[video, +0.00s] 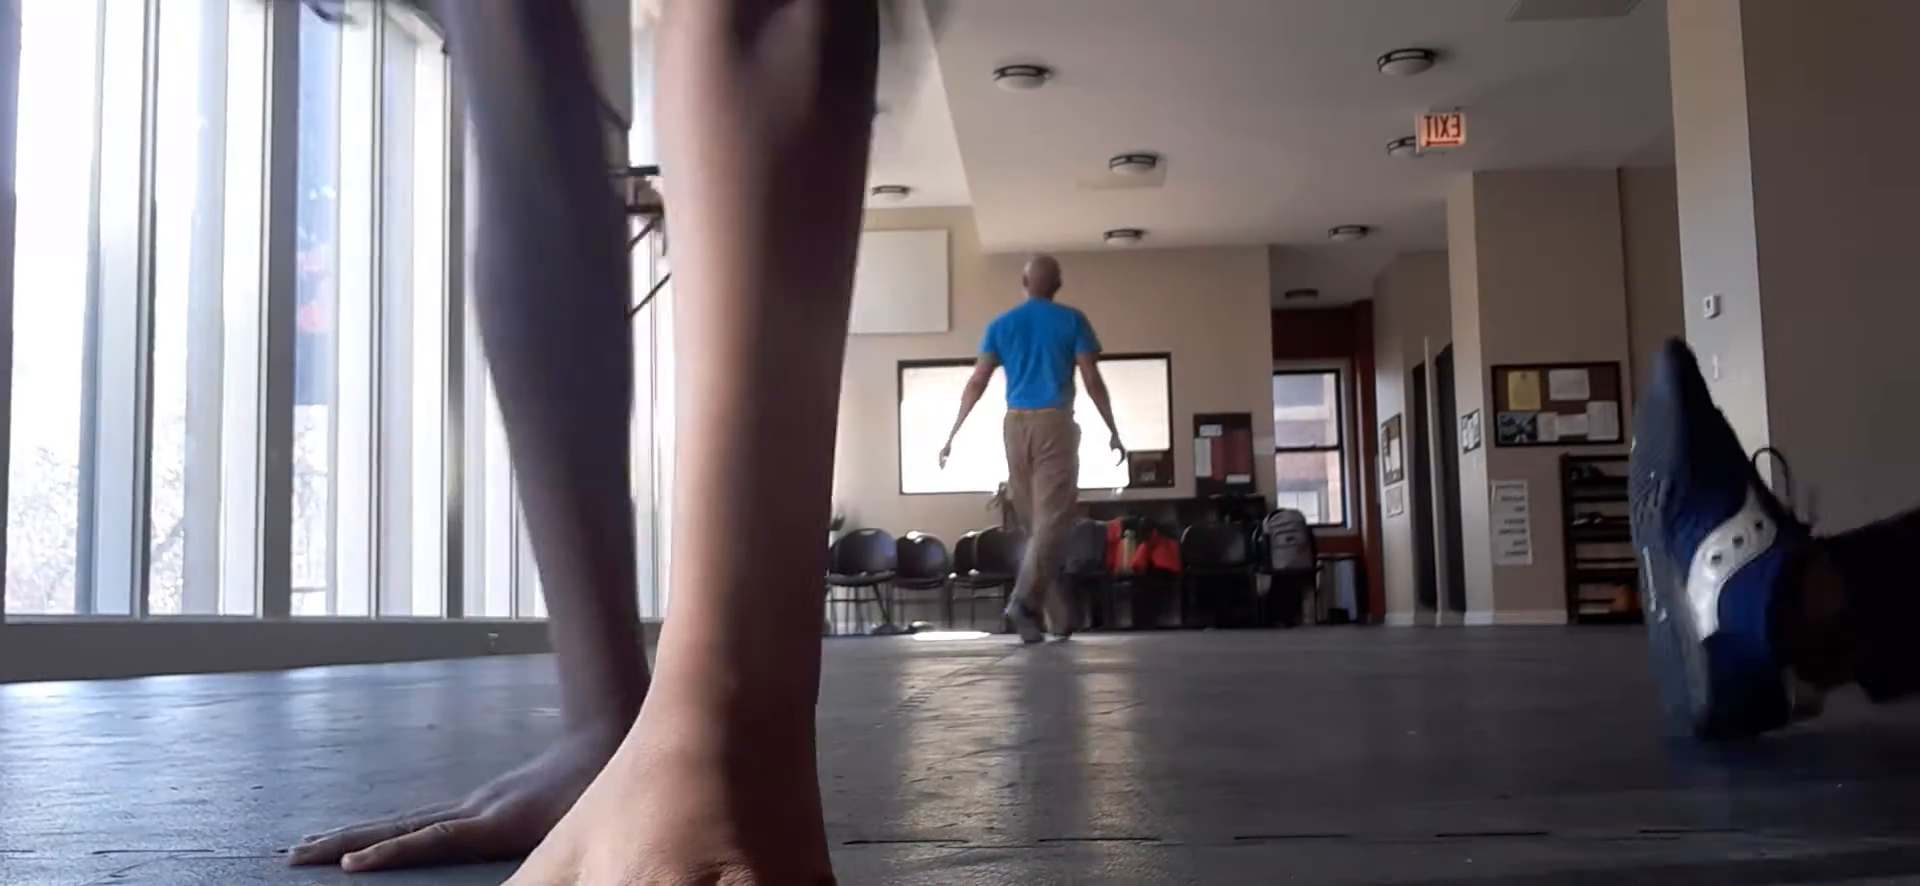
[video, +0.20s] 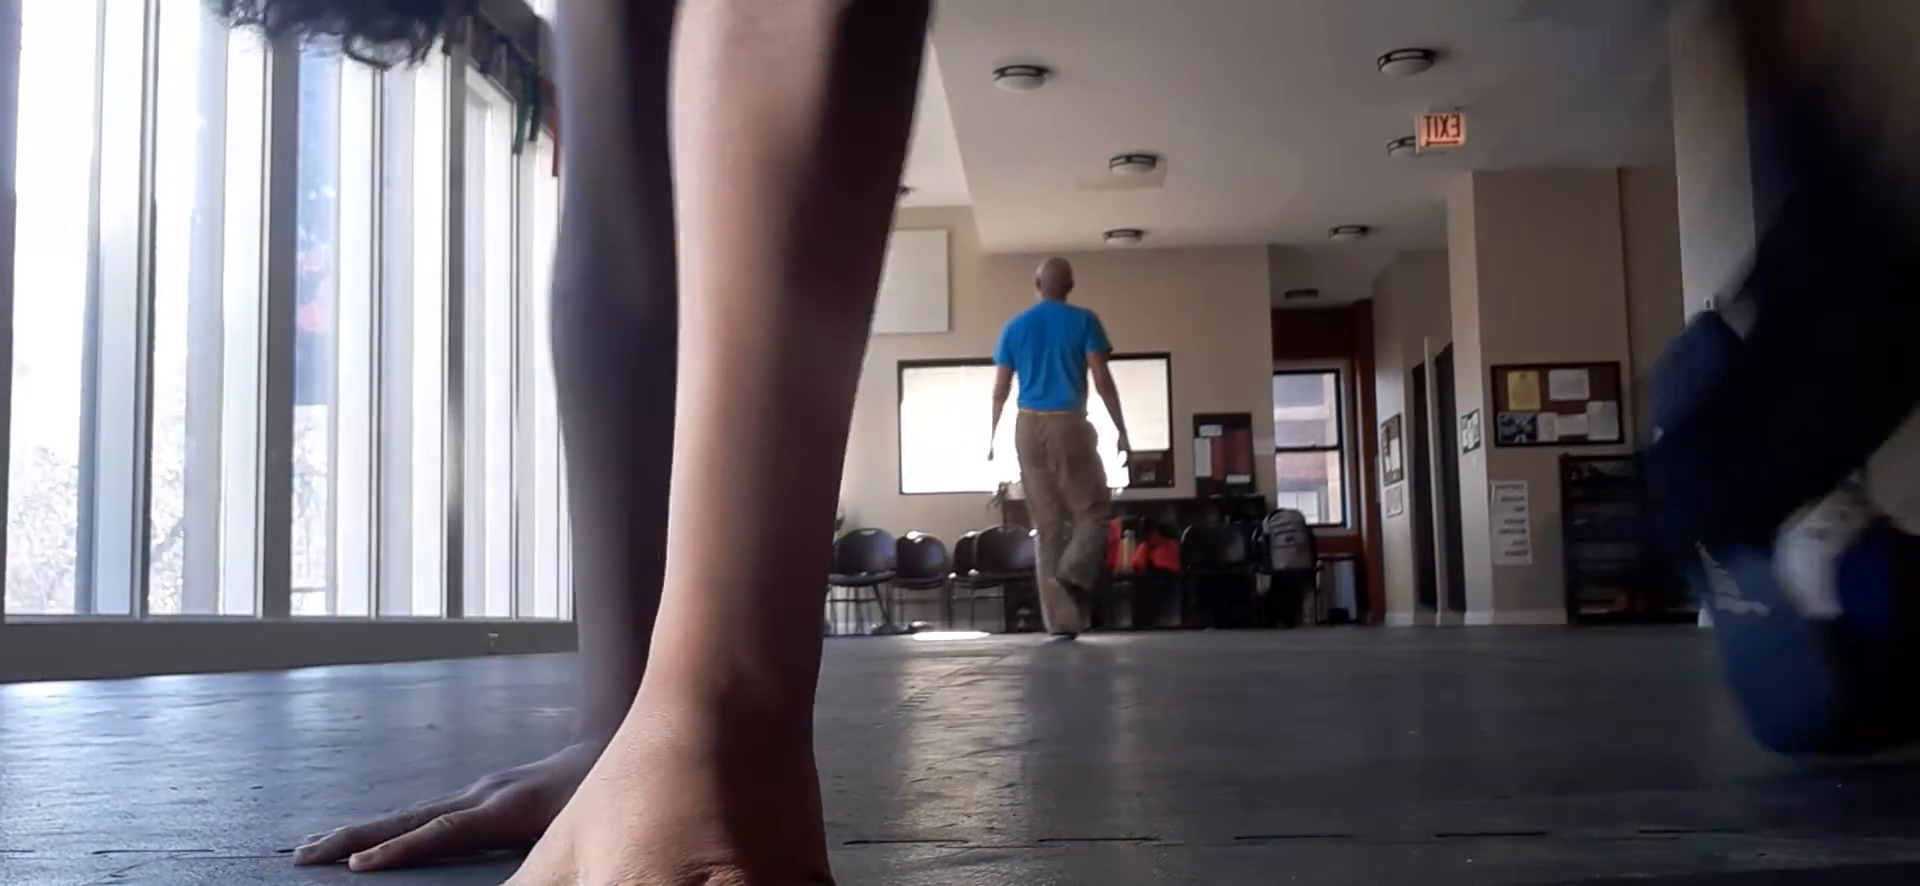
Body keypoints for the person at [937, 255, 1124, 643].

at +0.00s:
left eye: (1028, 277)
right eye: (1056, 280)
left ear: (1024, 283)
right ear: (1057, 286)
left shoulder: (1002, 324)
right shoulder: (1072, 319)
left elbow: (977, 382)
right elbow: (1091, 378)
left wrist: (952, 434)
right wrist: (1112, 429)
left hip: (1014, 426)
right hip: (1055, 425)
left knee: (1033, 521)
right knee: (1051, 516)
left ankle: (1061, 618)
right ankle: (1022, 604)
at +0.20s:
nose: (1059, 288)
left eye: (1043, 281)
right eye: (1067, 284)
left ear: (1037, 286)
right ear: (1071, 287)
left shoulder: (1015, 326)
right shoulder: (1084, 320)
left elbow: (1000, 391)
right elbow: (1102, 380)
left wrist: (992, 437)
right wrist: (1121, 429)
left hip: (1027, 426)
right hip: (1069, 426)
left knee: (1046, 523)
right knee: (1093, 510)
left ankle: (1059, 621)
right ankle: (1072, 578)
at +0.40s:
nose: (1062, 294)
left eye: (1056, 288)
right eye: (1081, 292)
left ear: (1052, 293)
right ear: (1085, 295)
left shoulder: (1031, 331)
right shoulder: (1097, 326)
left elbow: (1024, 393)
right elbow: (1112, 382)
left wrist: (1043, 422)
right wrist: (1134, 435)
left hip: (1043, 427)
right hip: (1087, 427)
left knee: (1054, 524)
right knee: (1104, 519)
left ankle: (1059, 620)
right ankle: (1119, 612)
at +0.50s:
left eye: (1068, 294)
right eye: (1092, 298)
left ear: (1062, 298)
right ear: (1095, 301)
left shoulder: (1040, 337)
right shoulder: (1107, 333)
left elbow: (1036, 397)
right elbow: (1122, 388)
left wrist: (1062, 415)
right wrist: (1144, 440)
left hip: (1054, 433)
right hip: (1098, 434)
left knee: (1058, 526)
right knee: (1110, 523)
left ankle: (1061, 621)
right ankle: (1131, 615)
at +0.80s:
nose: (1104, 305)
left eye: (1099, 299)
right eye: (1122, 302)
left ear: (1097, 303)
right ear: (1127, 306)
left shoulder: (1075, 342)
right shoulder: (1142, 338)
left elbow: (1066, 403)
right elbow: (1158, 392)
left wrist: (1060, 446)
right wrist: (1177, 439)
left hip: (1094, 438)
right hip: (1135, 437)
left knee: (1089, 520)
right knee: (1136, 523)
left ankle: (1078, 586)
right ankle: (1133, 614)